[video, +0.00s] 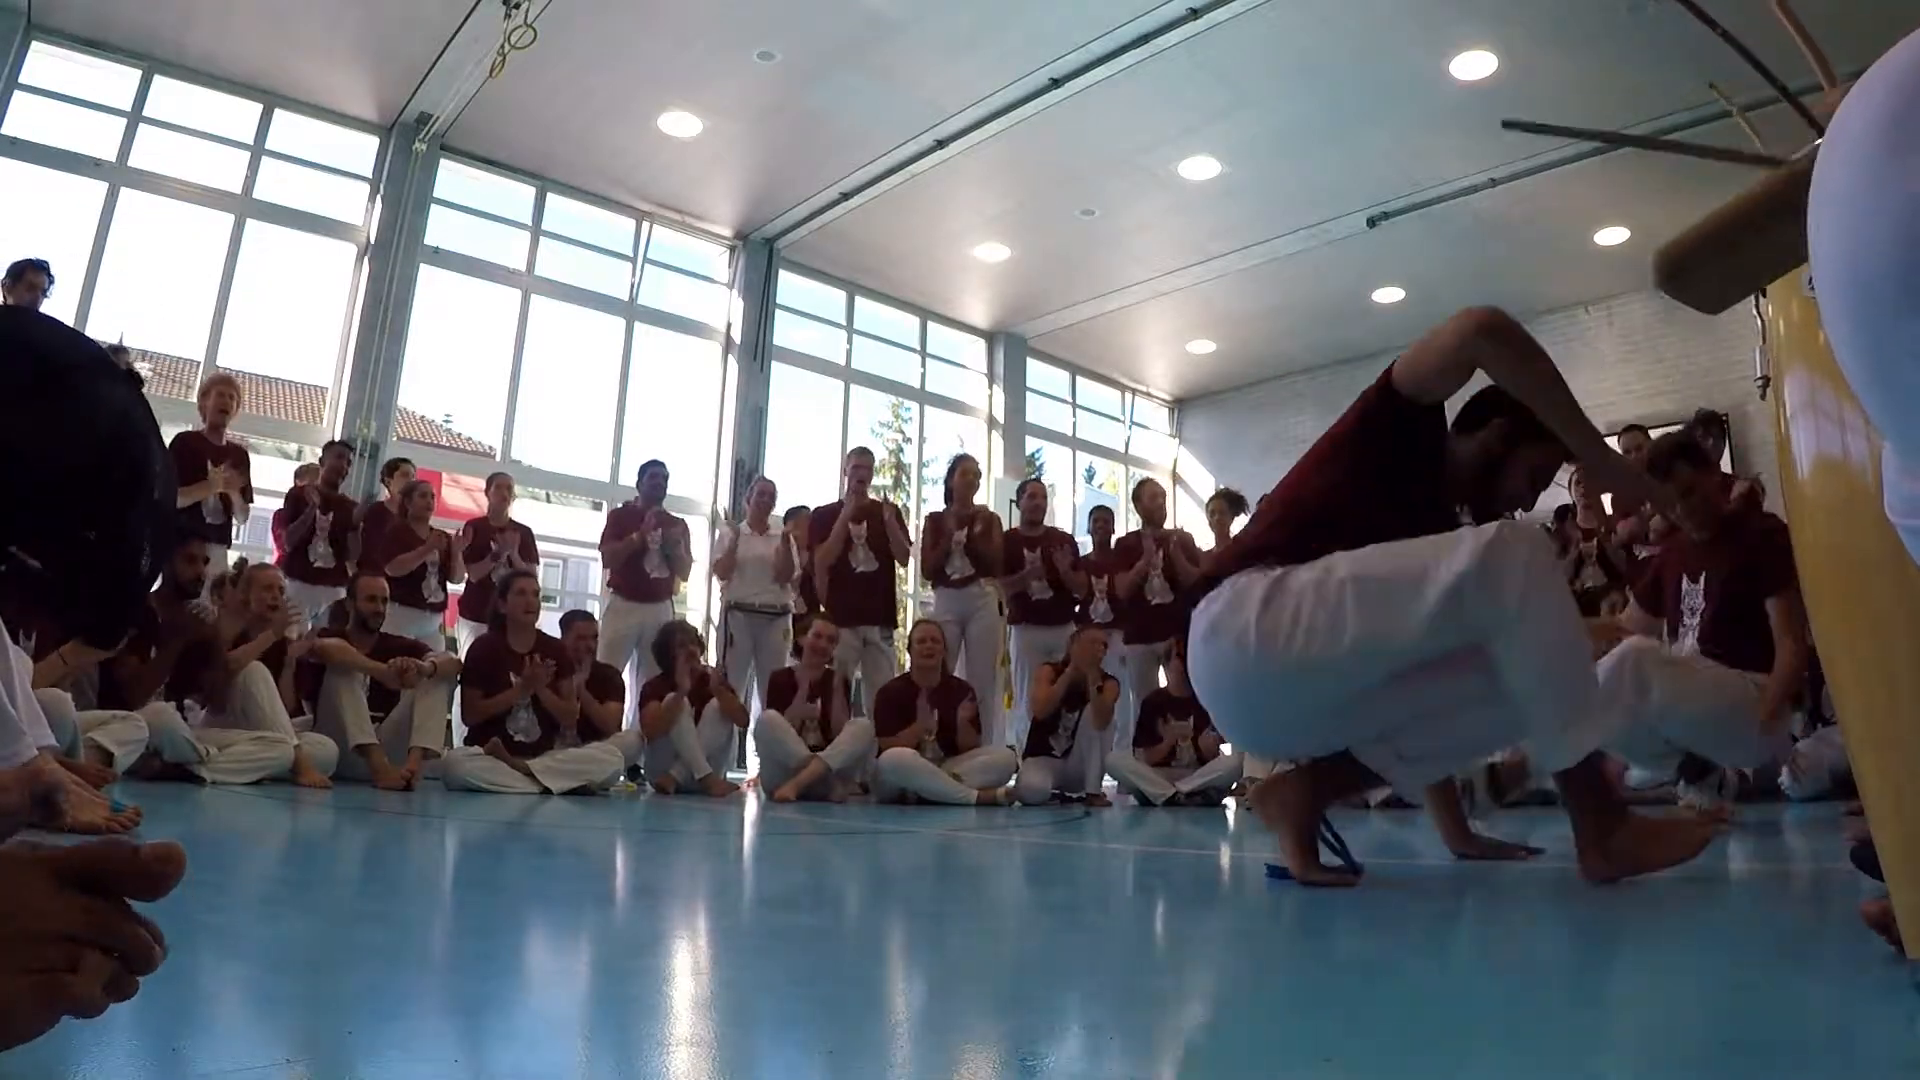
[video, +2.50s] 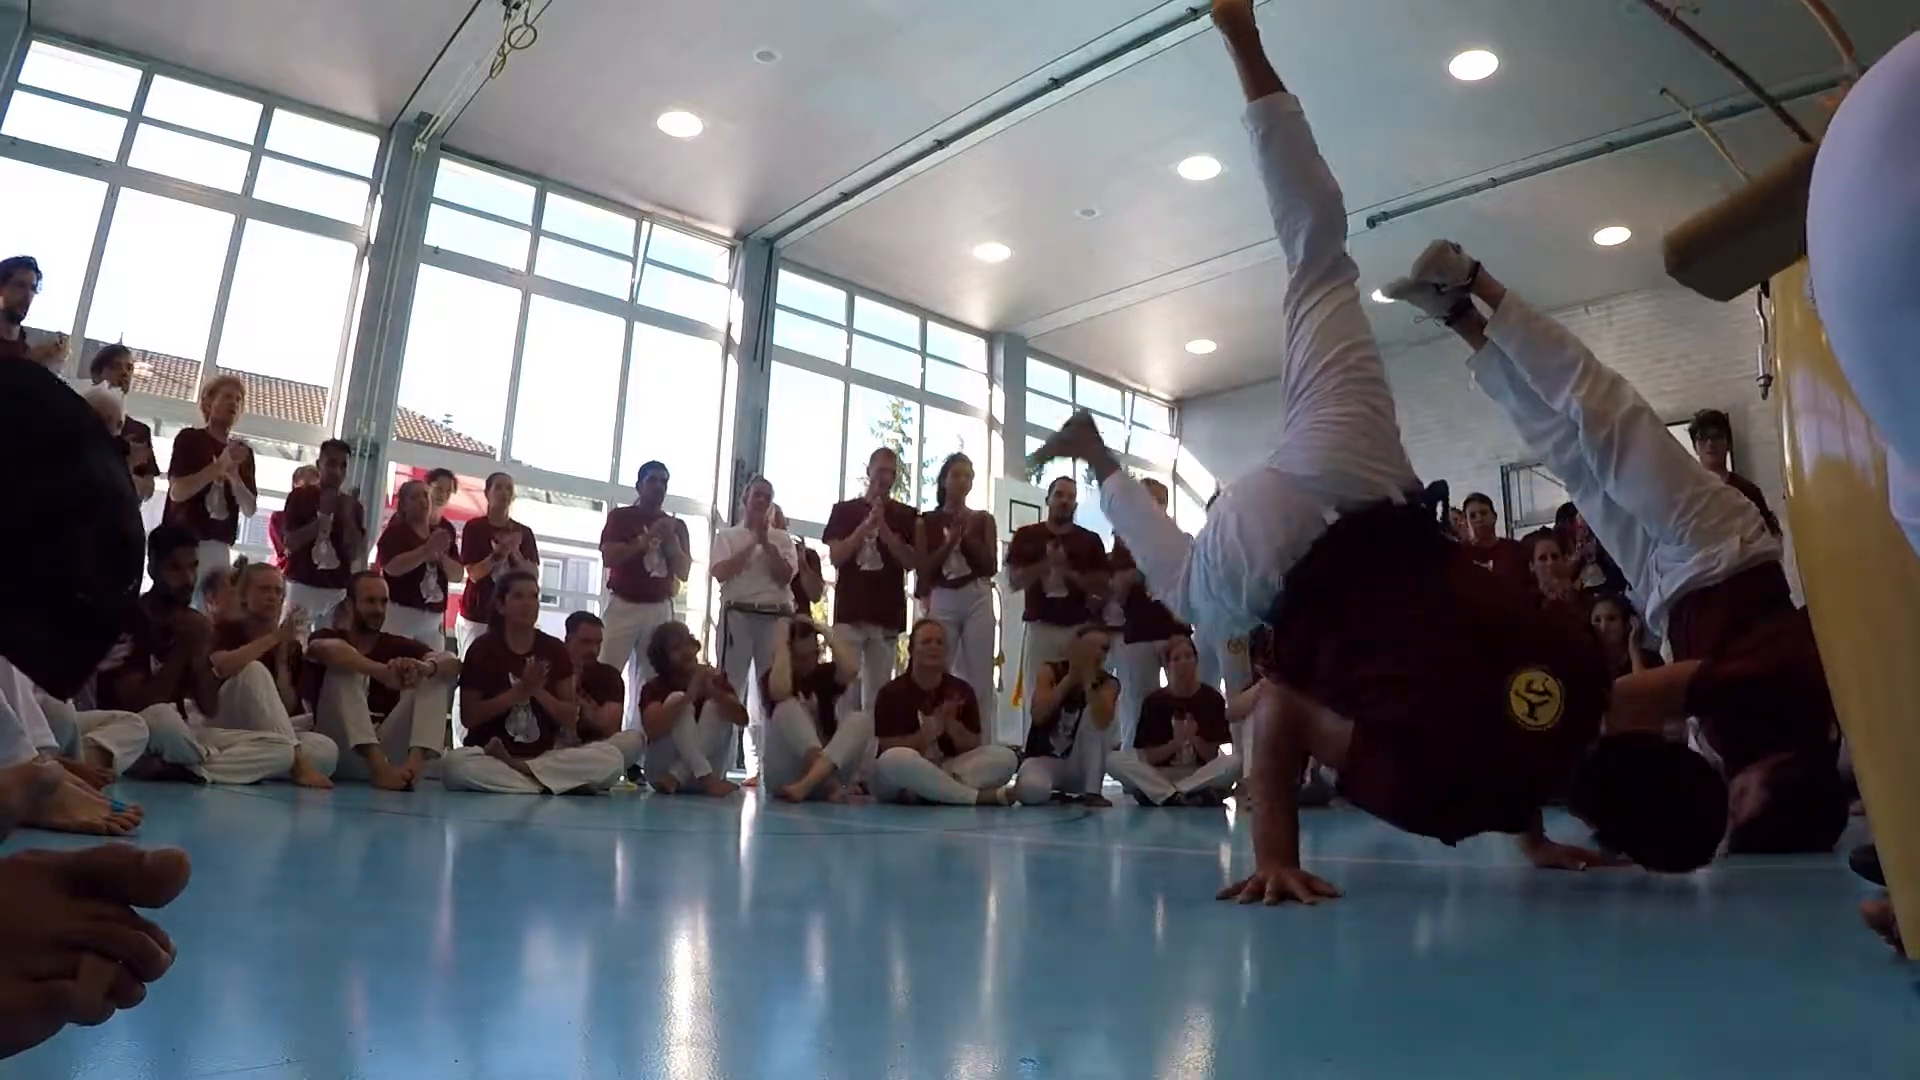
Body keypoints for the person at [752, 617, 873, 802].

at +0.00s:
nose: (823, 645)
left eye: (831, 641)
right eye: (817, 636)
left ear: (835, 648)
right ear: (801, 639)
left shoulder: (838, 681)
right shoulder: (780, 678)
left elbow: (839, 733)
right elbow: (774, 736)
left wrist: (837, 688)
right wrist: (802, 691)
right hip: (784, 777)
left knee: (864, 727)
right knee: (767, 719)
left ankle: (796, 784)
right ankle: (831, 784)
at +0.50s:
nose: (822, 643)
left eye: (828, 638)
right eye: (816, 636)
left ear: (833, 644)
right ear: (799, 639)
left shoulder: (841, 680)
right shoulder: (783, 679)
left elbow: (858, 724)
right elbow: (782, 731)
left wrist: (834, 691)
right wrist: (818, 692)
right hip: (787, 775)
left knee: (866, 729)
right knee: (765, 722)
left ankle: (801, 783)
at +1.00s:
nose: (823, 646)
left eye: (829, 642)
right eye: (817, 639)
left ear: (834, 647)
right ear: (801, 640)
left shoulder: (841, 682)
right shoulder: (782, 682)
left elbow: (857, 726)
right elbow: (783, 736)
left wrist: (835, 689)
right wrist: (819, 698)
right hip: (787, 777)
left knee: (865, 729)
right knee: (766, 719)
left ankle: (800, 783)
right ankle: (830, 784)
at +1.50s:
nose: (818, 649)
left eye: (824, 643)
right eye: (812, 642)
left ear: (831, 645)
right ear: (798, 643)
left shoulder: (842, 674)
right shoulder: (786, 679)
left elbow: (853, 717)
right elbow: (795, 731)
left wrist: (829, 672)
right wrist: (810, 681)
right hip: (789, 775)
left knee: (862, 727)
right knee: (773, 713)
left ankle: (798, 782)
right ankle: (829, 785)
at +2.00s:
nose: (812, 650)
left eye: (814, 646)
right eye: (806, 646)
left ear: (817, 646)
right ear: (784, 648)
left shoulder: (823, 672)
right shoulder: (771, 678)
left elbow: (846, 698)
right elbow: (797, 715)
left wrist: (829, 646)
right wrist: (789, 661)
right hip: (785, 778)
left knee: (854, 717)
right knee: (768, 719)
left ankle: (801, 784)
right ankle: (829, 785)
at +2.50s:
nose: (810, 662)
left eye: (814, 654)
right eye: (802, 657)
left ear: (819, 651)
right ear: (789, 655)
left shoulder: (825, 675)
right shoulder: (772, 678)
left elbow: (850, 669)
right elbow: (781, 693)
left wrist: (825, 630)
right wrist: (782, 642)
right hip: (785, 778)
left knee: (860, 720)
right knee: (788, 708)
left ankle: (806, 784)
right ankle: (831, 784)